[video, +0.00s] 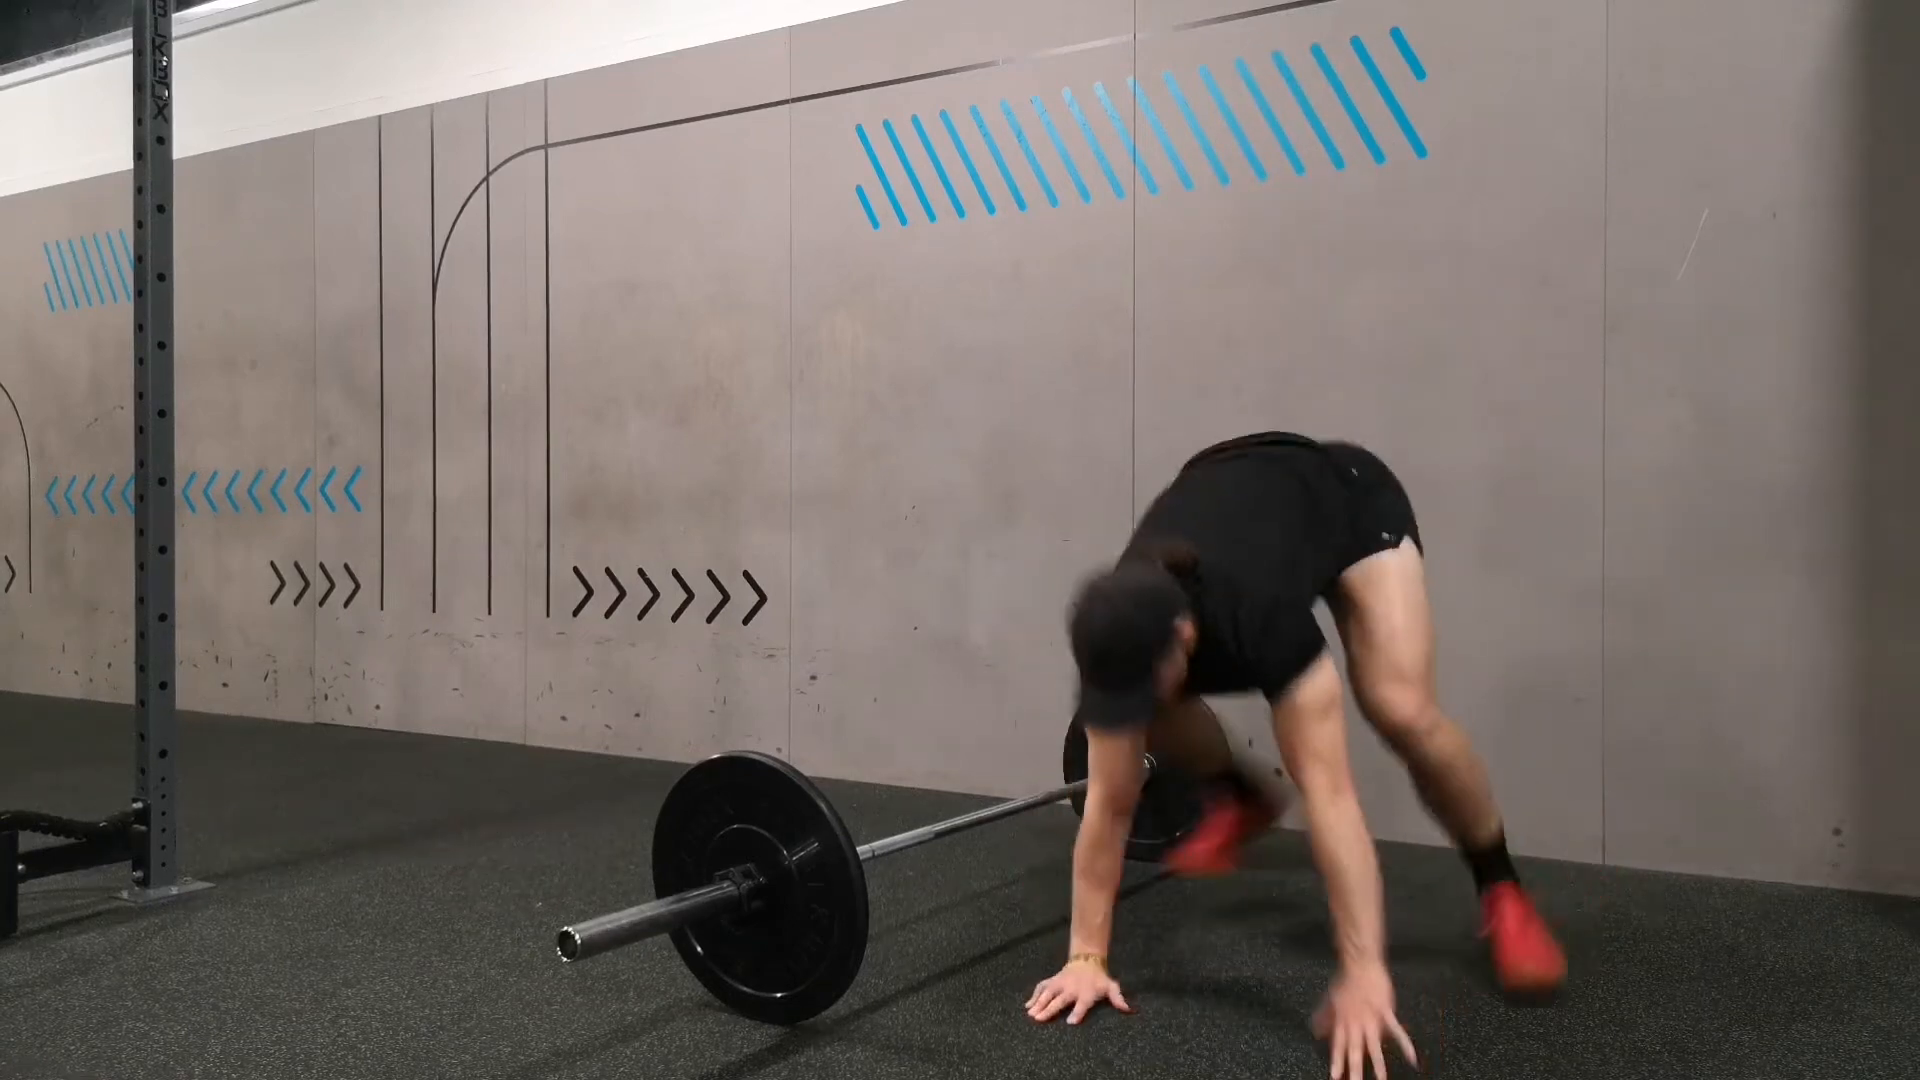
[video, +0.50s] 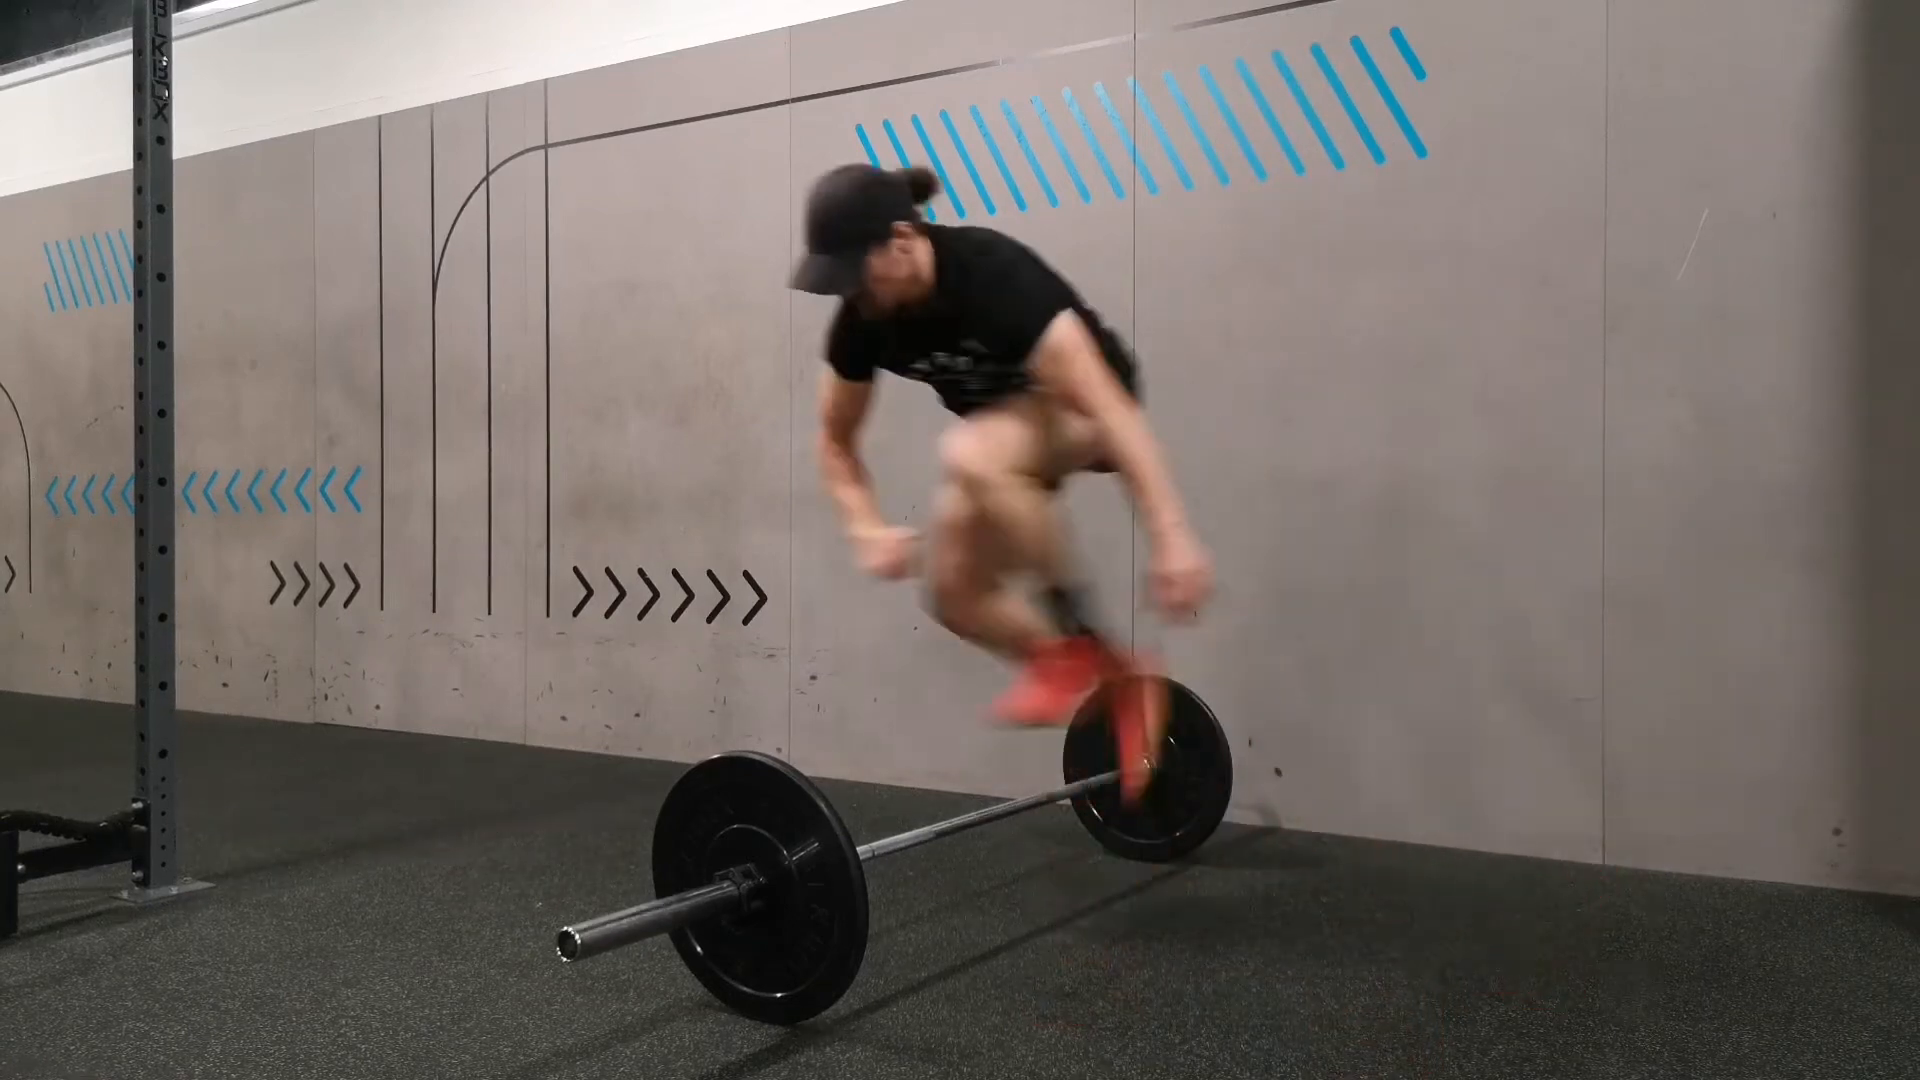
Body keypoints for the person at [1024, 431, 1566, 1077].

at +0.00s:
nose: (1148, 704)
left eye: (1153, 689)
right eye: (1127, 698)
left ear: (1179, 641)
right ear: (1091, 652)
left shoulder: (1266, 621)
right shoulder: (1113, 641)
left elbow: (1328, 794)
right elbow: (1107, 806)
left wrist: (1362, 969)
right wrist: (1086, 958)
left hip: (1343, 489)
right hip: (1221, 485)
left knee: (1403, 710)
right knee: (1144, 690)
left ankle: (1500, 888)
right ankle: (1241, 796)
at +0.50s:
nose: (853, 289)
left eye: (857, 273)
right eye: (845, 278)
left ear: (901, 244)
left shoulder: (991, 271)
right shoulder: (861, 319)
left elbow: (1107, 404)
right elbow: (836, 439)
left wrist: (1172, 538)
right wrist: (869, 529)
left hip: (1083, 402)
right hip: (994, 429)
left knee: (973, 450)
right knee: (956, 593)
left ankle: (1073, 646)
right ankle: (1118, 677)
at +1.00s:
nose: (631, 582)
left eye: (632, 568)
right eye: (621, 574)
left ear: (662, 534)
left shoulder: (741, 532)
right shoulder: (645, 543)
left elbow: (771, 698)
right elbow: (619, 675)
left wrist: (774, 831)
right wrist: (585, 798)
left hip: (876, 513)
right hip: (788, 527)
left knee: (815, 661)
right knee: (718, 680)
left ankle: (877, 843)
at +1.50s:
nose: (465, 847)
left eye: (462, 835)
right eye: (454, 842)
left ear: (489, 801)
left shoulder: (594, 785)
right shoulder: (505, 767)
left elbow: (705, 799)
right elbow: (509, 816)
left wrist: (679, 913)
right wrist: (521, 882)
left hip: (747, 786)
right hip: (689, 763)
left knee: (870, 801)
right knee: (775, 765)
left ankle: (952, 753)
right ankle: (844, 749)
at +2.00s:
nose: (495, 728)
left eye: (497, 713)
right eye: (485, 721)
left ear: (532, 674)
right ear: (497, 695)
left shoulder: (623, 680)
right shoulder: (511, 697)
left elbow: (717, 790)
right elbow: (492, 782)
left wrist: (684, 910)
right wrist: (518, 878)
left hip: (767, 746)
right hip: (691, 758)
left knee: (870, 816)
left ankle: (968, 756)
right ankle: (838, 760)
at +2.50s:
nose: (665, 603)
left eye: (681, 592)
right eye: (660, 597)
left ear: (708, 545)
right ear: (636, 547)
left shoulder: (766, 541)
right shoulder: (623, 557)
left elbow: (803, 679)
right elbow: (568, 678)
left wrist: (768, 763)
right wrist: (522, 801)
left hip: (791, 583)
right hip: (692, 593)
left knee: (805, 695)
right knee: (595, 712)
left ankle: (862, 839)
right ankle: (610, 815)